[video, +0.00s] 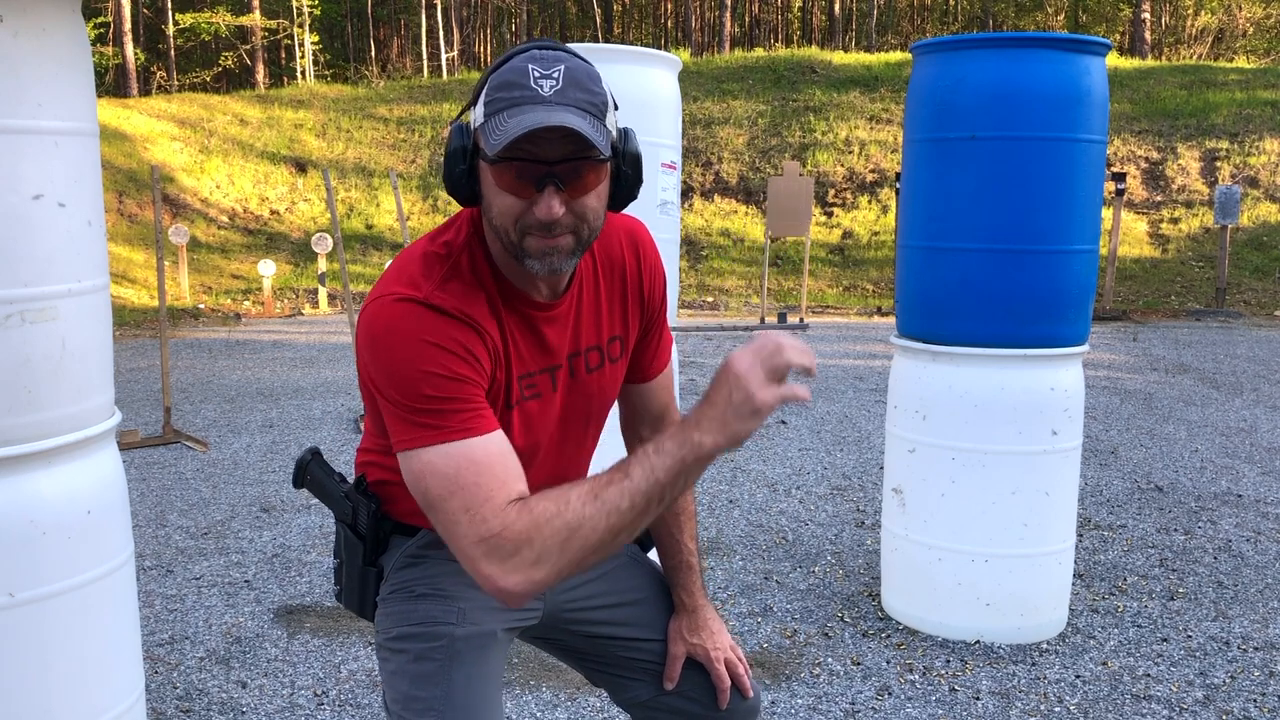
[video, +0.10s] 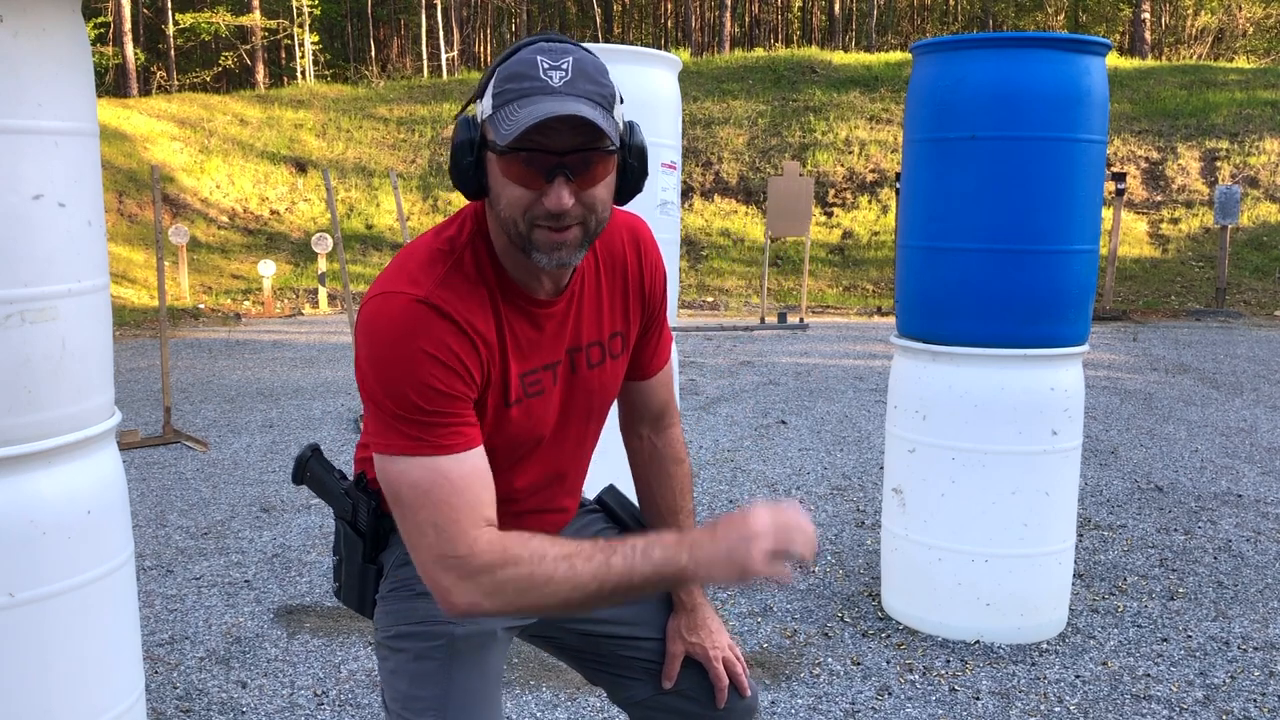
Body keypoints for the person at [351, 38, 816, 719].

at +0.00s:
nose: (550, 204)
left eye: (577, 172)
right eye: (523, 171)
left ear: (613, 170)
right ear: (474, 166)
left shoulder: (628, 253)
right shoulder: (415, 313)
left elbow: (655, 432)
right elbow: (510, 558)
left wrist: (690, 599)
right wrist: (703, 430)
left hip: (567, 536)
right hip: (433, 551)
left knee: (721, 701)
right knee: (456, 705)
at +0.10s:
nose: (559, 199)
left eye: (584, 164)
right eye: (530, 164)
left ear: (619, 163)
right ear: (480, 160)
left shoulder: (629, 252)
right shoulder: (415, 312)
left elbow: (654, 426)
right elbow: (466, 573)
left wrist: (690, 593)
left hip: (556, 522)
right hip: (432, 543)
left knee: (718, 701)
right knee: (455, 706)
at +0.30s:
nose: (585, 177)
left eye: (607, 145)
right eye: (554, 146)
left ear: (634, 153)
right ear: (494, 154)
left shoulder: (639, 253)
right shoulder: (419, 307)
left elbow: (656, 426)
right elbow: (378, 565)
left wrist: (687, 600)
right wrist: (581, 670)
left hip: (571, 535)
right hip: (444, 556)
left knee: (716, 696)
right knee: (451, 704)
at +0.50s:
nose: (590, 168)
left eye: (608, 138)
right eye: (559, 140)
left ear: (631, 145)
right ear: (490, 151)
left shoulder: (642, 255)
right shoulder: (413, 296)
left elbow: (661, 432)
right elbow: (357, 551)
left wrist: (685, 600)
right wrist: (580, 537)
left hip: (564, 547)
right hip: (430, 571)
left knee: (708, 701)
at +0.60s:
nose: (584, 172)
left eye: (602, 139)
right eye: (551, 141)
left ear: (626, 146)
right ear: (485, 150)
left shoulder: (641, 254)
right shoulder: (406, 293)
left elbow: (660, 427)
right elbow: (386, 557)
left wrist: (684, 605)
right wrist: (603, 455)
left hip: (572, 535)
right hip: (433, 567)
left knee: (711, 703)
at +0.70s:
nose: (577, 176)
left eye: (595, 143)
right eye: (544, 145)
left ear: (620, 147)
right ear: (482, 150)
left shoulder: (637, 252)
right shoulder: (403, 291)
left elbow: (658, 430)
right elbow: (414, 553)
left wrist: (682, 606)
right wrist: (606, 423)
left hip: (569, 534)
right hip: (432, 564)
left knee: (709, 702)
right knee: (435, 707)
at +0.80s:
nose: (574, 179)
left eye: (593, 145)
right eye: (540, 147)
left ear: (618, 150)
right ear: (480, 152)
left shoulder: (635, 253)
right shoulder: (403, 293)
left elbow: (656, 429)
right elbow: (422, 554)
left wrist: (680, 605)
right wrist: (602, 420)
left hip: (567, 534)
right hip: (429, 562)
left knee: (705, 701)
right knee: (435, 707)